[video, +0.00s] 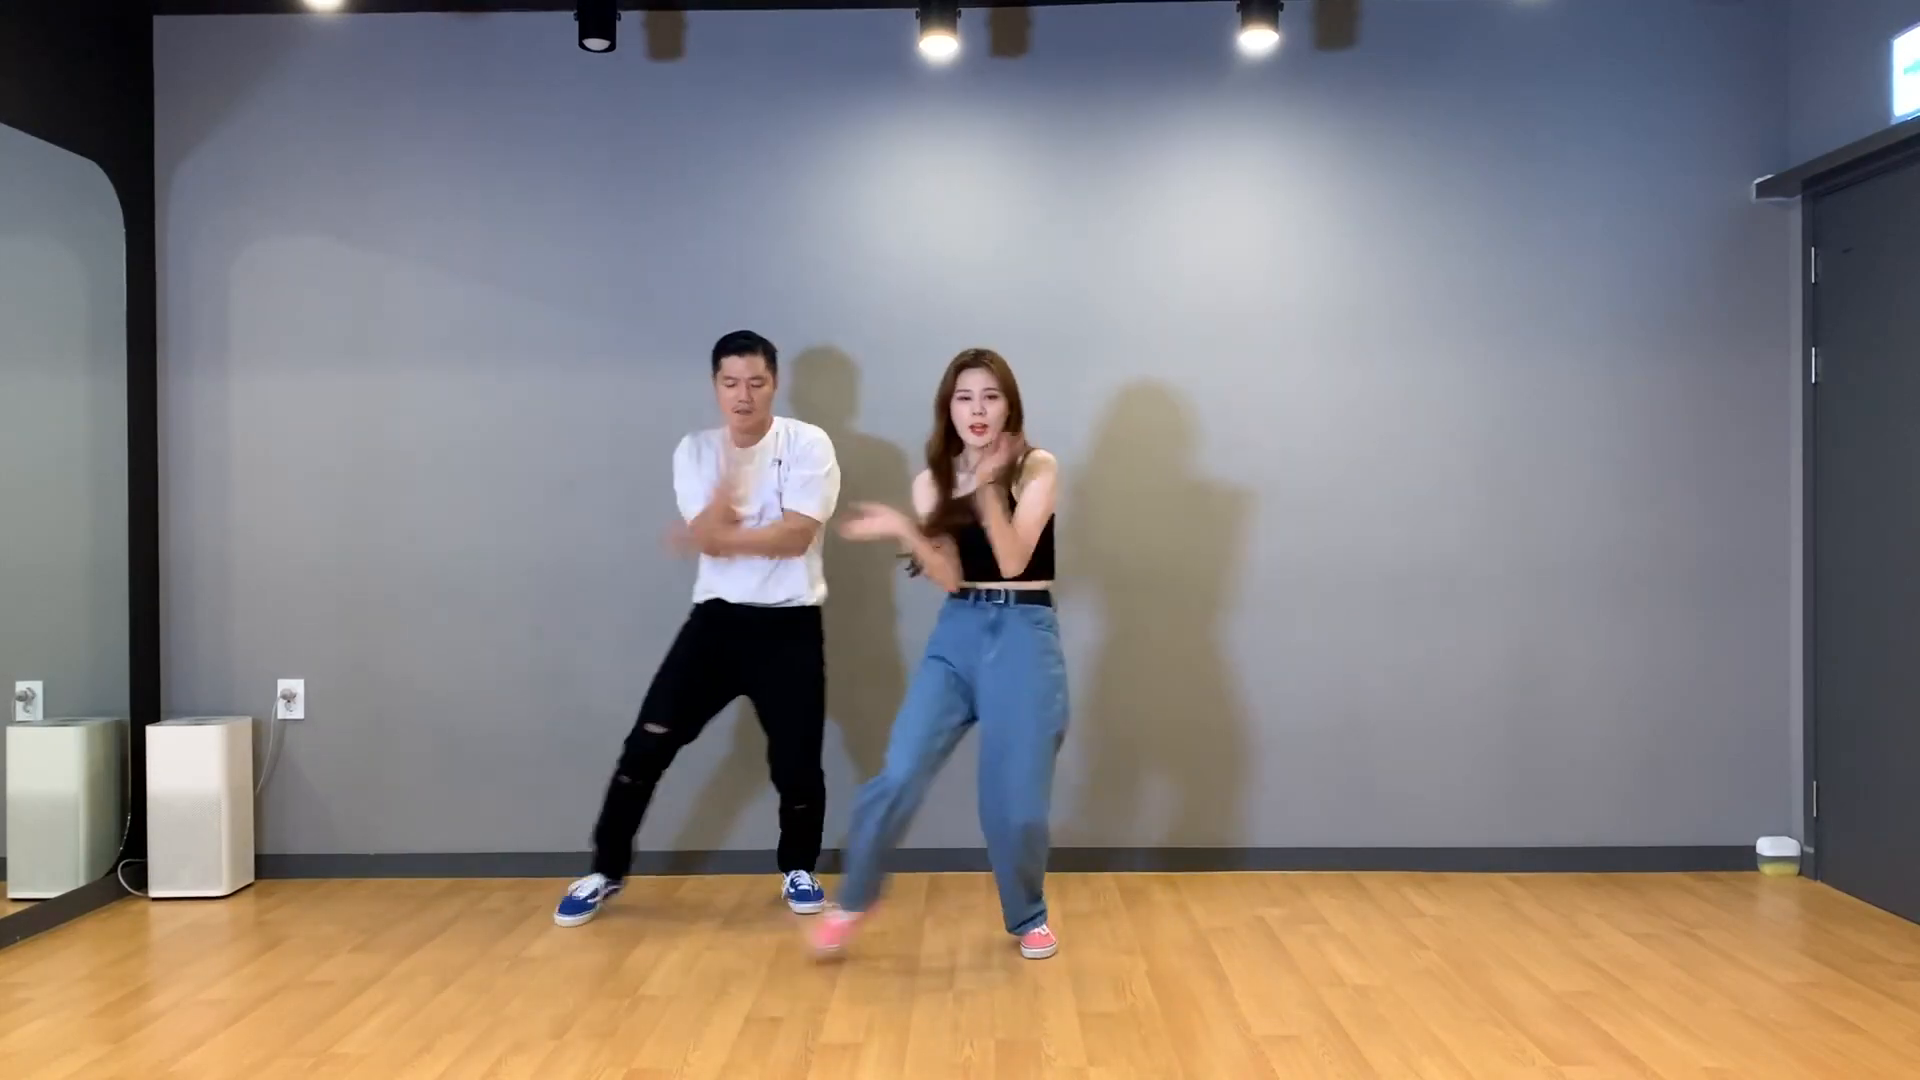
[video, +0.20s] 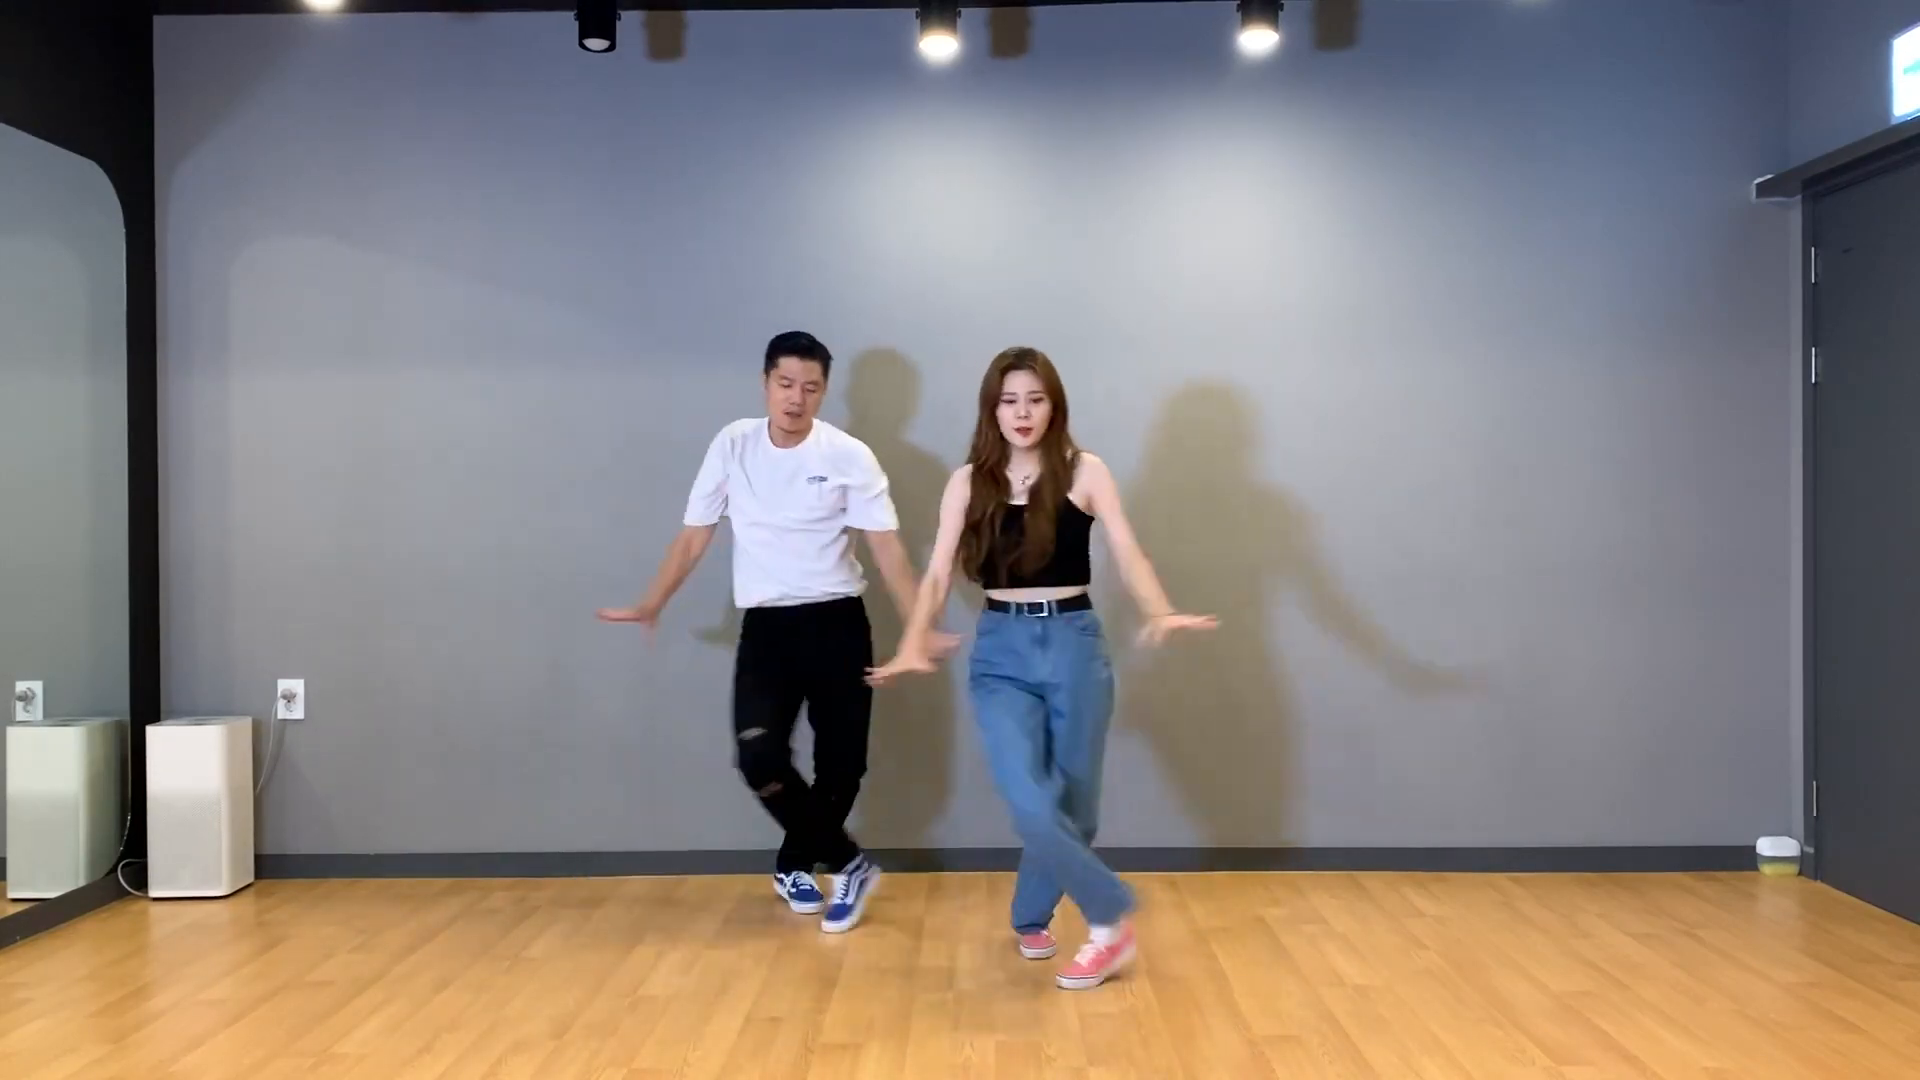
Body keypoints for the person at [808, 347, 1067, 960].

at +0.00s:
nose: (976, 409)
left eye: (989, 397)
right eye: (963, 398)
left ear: (1010, 405)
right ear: (947, 408)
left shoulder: (1037, 469)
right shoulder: (932, 482)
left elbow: (1014, 559)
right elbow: (950, 577)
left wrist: (988, 483)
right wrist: (903, 529)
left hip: (1024, 639)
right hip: (956, 636)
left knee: (1018, 801)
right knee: (899, 775)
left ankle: (1028, 915)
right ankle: (852, 901)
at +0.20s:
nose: (1022, 413)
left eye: (1034, 400)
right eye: (1009, 401)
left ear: (1055, 406)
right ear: (991, 409)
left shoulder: (1085, 471)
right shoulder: (966, 483)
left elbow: (1127, 552)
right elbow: (938, 574)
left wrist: (1159, 610)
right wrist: (912, 647)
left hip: (1073, 644)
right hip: (998, 647)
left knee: (1072, 796)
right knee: (1025, 795)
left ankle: (1030, 918)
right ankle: (1113, 920)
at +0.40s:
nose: (1060, 405)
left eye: (1072, 393)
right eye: (1048, 394)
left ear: (1090, 399)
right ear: (1028, 401)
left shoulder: (1125, 457)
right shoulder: (1005, 476)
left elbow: (1215, 519)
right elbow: (946, 557)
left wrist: (1311, 551)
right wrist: (868, 612)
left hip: (1127, 638)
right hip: (1052, 642)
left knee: (1108, 810)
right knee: (1060, 804)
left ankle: (1043, 908)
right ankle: (1104, 942)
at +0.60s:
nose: (1105, 396)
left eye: (1118, 385)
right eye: (1093, 386)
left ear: (1139, 398)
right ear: (1075, 400)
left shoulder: (1170, 456)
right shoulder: (1054, 474)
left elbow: (1245, 526)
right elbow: (977, 537)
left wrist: (1210, 476)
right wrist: (971, 470)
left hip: (1178, 640)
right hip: (1102, 647)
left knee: (1235, 778)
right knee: (1085, 808)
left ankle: (1241, 858)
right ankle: (1106, 941)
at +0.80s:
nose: (1158, 366)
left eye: (1170, 353)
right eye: (1144, 357)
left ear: (1193, 360)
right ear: (1130, 369)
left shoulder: (1222, 417)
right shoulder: (1120, 432)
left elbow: (1309, 459)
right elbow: (1061, 494)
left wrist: (1220, 479)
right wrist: (1087, 483)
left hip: (1217, 625)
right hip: (1145, 631)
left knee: (1290, 783)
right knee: (1120, 789)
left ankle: (1358, 928)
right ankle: (1112, 938)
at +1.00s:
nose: (1191, 385)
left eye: (1196, 368)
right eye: (1174, 381)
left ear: (1217, 368)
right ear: (1161, 396)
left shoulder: (1257, 439)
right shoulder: (1158, 450)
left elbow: (1254, 550)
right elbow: (1134, 553)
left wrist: (1236, 639)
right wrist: (1113, 639)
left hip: (1226, 612)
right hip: (1153, 613)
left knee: (1282, 781)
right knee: (1137, 781)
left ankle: (1355, 928)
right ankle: (1124, 935)